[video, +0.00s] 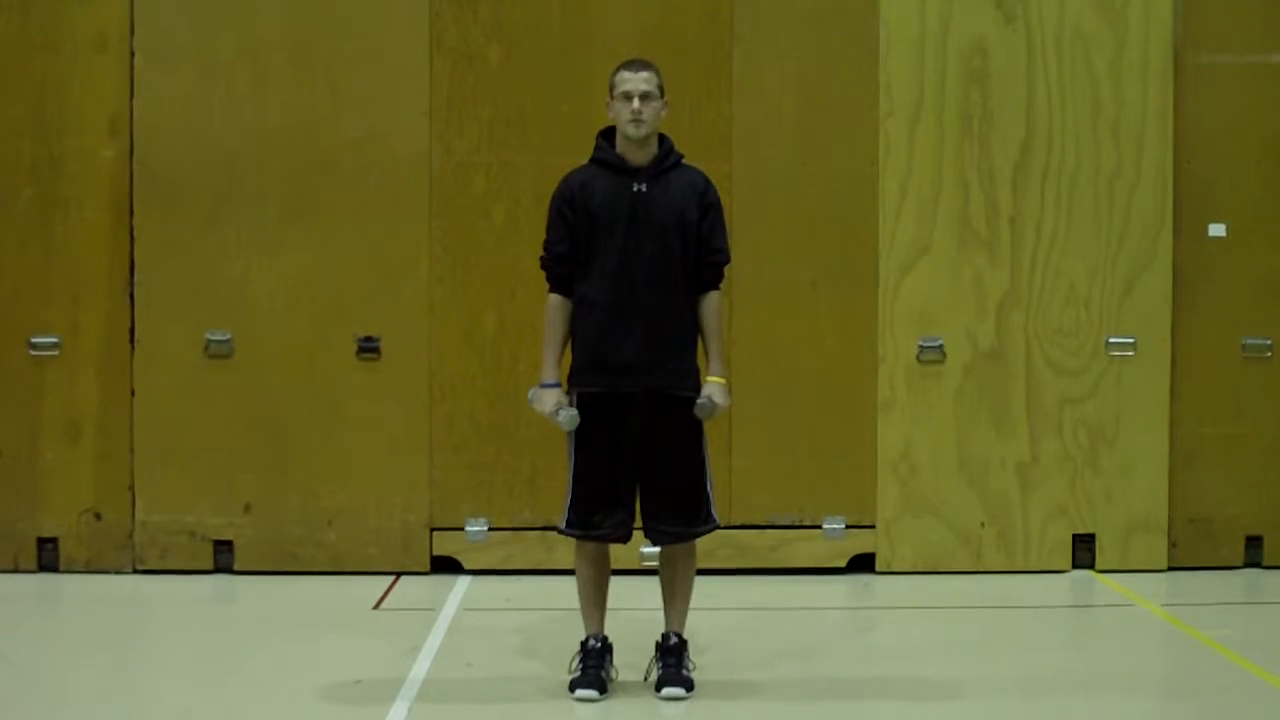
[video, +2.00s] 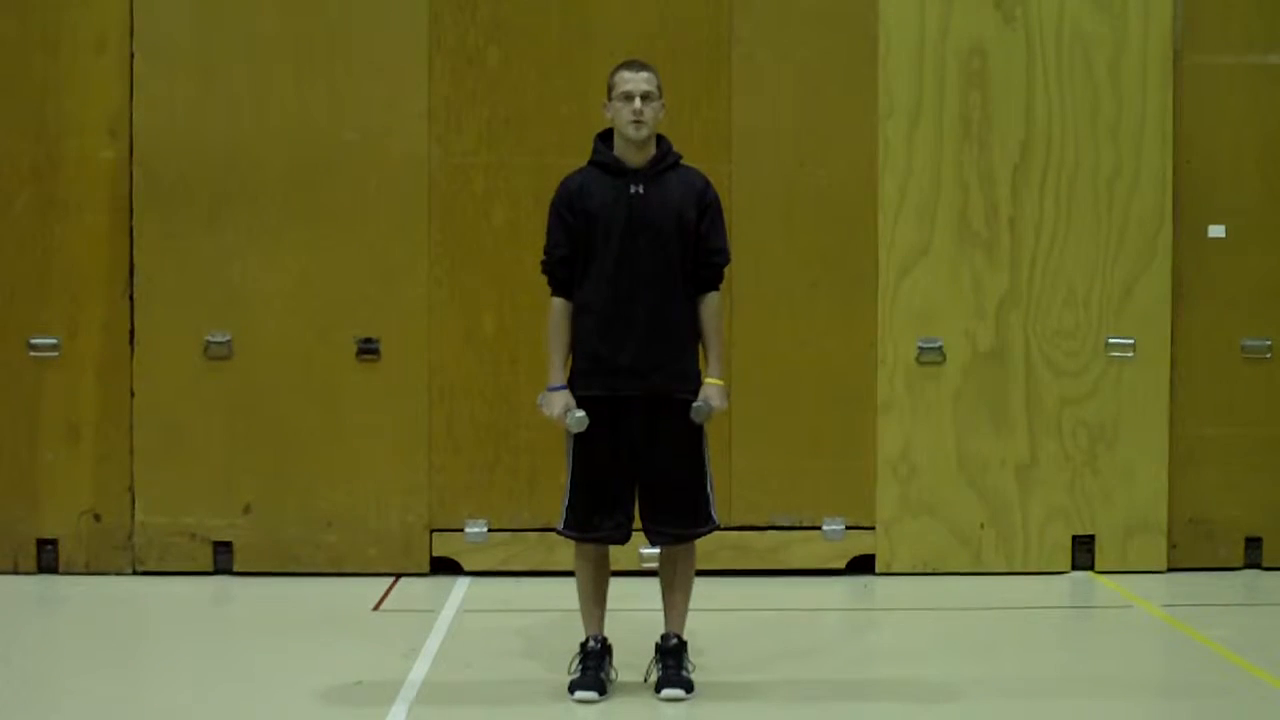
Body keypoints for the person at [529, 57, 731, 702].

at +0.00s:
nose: (638, 107)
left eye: (648, 98)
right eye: (627, 98)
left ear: (665, 108)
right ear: (609, 107)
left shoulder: (694, 188)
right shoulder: (578, 188)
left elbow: (710, 288)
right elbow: (559, 290)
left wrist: (717, 372)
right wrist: (549, 378)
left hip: (673, 384)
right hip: (597, 384)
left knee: (678, 525)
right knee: (593, 521)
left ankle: (673, 648)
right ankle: (593, 647)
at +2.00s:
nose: (637, 107)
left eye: (648, 98)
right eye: (626, 98)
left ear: (663, 109)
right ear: (608, 109)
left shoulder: (693, 189)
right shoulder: (577, 190)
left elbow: (709, 290)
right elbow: (561, 294)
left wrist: (717, 374)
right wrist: (556, 382)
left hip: (672, 385)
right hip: (596, 385)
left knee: (677, 524)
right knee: (591, 523)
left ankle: (673, 649)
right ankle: (593, 648)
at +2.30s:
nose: (638, 108)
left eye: (649, 98)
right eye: (627, 98)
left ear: (664, 109)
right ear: (608, 108)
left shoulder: (694, 188)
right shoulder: (577, 190)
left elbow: (709, 290)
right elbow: (561, 294)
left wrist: (718, 375)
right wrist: (555, 382)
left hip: (673, 385)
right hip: (597, 385)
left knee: (678, 524)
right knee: (592, 523)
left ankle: (673, 648)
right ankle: (594, 648)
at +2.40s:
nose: (638, 108)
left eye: (649, 98)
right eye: (627, 98)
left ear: (664, 108)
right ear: (609, 108)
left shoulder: (694, 188)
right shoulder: (577, 190)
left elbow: (709, 289)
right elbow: (560, 293)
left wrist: (719, 374)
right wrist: (554, 381)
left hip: (673, 385)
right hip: (598, 385)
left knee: (678, 524)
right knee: (593, 523)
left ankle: (673, 648)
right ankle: (594, 648)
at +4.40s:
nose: (647, 107)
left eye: (657, 97)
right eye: (636, 97)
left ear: (672, 107)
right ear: (617, 107)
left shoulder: (702, 188)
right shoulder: (586, 188)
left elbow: (716, 289)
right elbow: (568, 290)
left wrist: (723, 374)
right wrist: (564, 379)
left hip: (679, 384)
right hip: (603, 384)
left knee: (682, 523)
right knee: (596, 521)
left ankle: (675, 646)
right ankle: (595, 646)